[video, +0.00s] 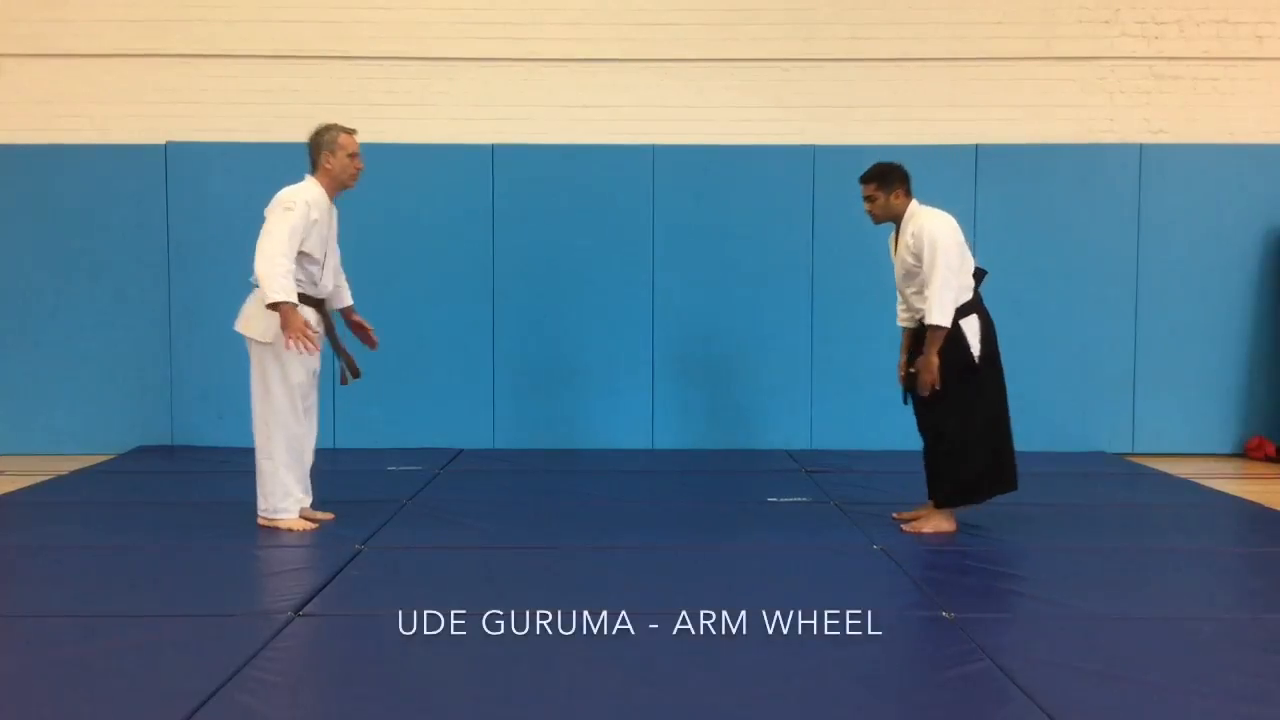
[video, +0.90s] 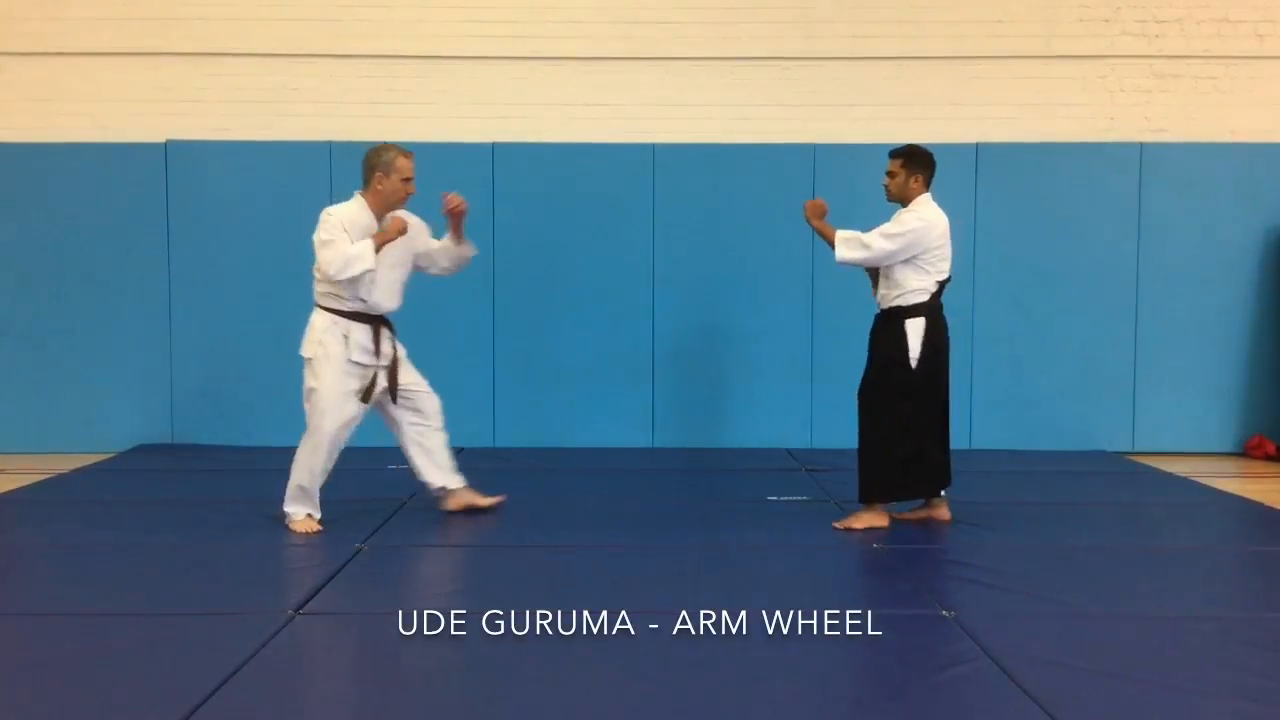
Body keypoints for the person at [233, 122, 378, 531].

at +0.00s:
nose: (360, 164)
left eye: (359, 156)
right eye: (352, 156)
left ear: (335, 161)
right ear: (327, 160)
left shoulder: (325, 207)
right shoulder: (297, 201)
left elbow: (330, 269)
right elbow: (272, 256)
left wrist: (349, 314)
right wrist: (288, 311)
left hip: (306, 318)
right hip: (281, 318)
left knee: (300, 412)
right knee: (280, 413)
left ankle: (295, 502)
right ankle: (274, 508)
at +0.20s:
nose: (394, 213)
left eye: (394, 204)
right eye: (388, 204)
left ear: (364, 204)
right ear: (361, 203)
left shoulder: (339, 239)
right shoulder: (314, 229)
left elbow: (325, 294)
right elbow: (280, 281)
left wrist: (332, 343)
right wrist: (293, 346)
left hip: (279, 324)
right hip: (252, 323)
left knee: (286, 412)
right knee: (266, 415)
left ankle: (283, 500)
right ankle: (267, 509)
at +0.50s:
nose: (384, 190)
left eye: (385, 182)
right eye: (377, 181)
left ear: (355, 182)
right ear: (351, 180)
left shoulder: (356, 226)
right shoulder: (306, 218)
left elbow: (353, 285)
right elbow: (291, 283)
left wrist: (377, 327)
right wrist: (315, 336)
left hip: (313, 327)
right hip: (276, 328)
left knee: (311, 415)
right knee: (289, 415)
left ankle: (291, 499)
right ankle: (287, 505)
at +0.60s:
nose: (378, 185)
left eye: (379, 177)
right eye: (372, 176)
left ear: (351, 176)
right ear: (345, 174)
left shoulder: (357, 220)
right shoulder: (304, 216)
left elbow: (370, 273)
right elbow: (319, 283)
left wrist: (412, 289)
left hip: (326, 329)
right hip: (288, 327)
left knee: (344, 411)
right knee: (297, 415)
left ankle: (302, 495)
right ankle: (292, 506)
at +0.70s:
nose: (379, 186)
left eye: (380, 177)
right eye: (373, 177)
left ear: (355, 178)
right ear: (346, 177)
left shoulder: (367, 221)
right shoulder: (310, 217)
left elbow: (391, 277)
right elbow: (344, 273)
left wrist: (423, 262)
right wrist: (401, 254)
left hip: (340, 330)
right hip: (299, 327)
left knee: (377, 406)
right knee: (304, 420)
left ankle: (332, 481)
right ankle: (295, 509)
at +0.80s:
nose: (391, 187)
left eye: (392, 179)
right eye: (385, 179)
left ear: (364, 179)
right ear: (358, 177)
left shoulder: (381, 220)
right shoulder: (322, 215)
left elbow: (415, 265)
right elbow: (350, 265)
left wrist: (434, 244)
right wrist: (399, 236)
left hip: (358, 332)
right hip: (316, 330)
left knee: (402, 402)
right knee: (316, 417)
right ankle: (296, 509)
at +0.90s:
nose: (412, 189)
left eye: (413, 181)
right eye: (406, 181)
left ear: (391, 182)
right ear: (379, 180)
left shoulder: (409, 226)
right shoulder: (336, 218)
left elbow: (443, 262)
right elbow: (333, 264)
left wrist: (456, 228)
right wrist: (381, 239)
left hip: (378, 334)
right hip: (334, 331)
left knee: (421, 405)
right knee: (329, 421)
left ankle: (451, 491)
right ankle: (300, 510)